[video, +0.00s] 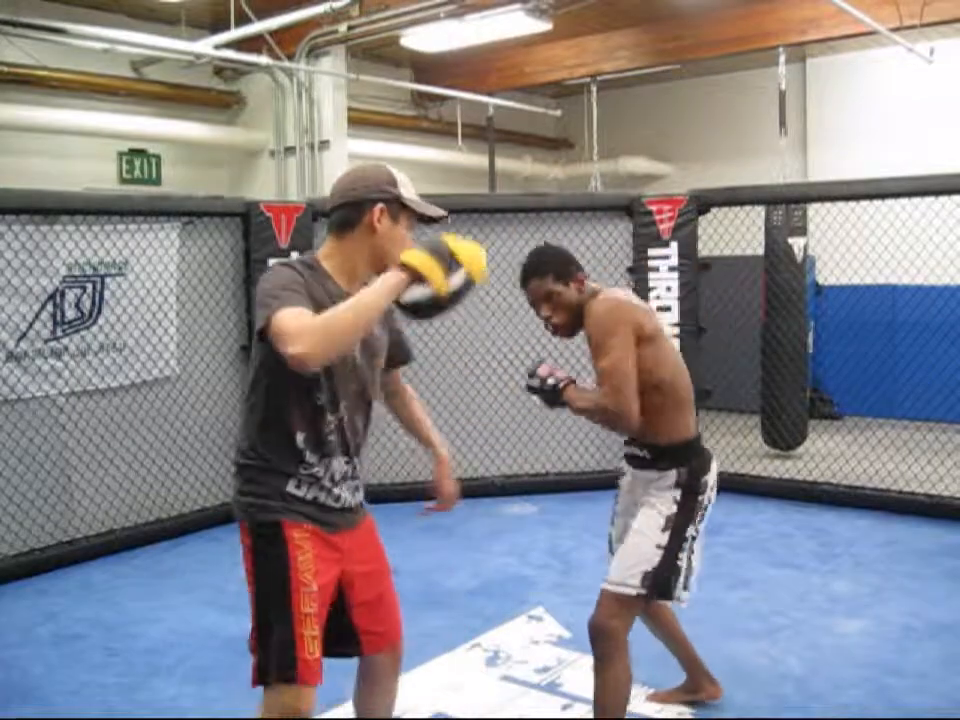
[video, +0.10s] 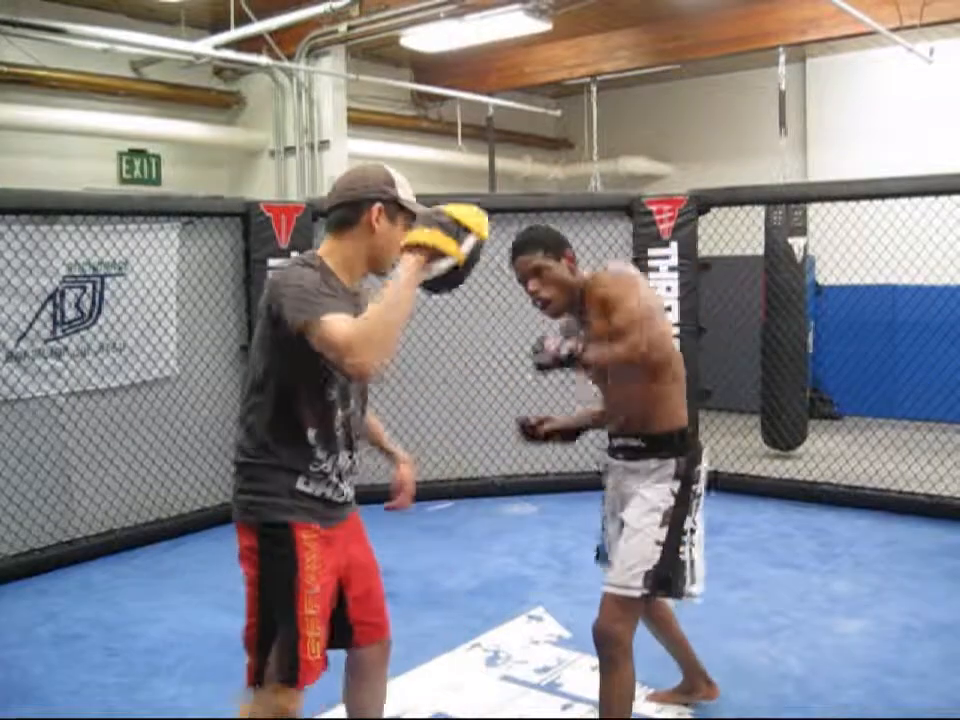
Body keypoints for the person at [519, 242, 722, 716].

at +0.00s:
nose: (544, 315)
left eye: (548, 301)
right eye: (536, 307)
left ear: (577, 282)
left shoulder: (609, 311)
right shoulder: (599, 310)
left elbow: (626, 416)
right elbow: (621, 400)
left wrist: (569, 396)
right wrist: (570, 389)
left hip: (676, 475)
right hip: (641, 469)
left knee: (607, 627)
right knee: (636, 588)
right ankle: (700, 680)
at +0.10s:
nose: (532, 291)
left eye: (537, 276)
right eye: (523, 282)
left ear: (569, 261)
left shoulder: (616, 283)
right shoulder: (579, 320)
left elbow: (649, 351)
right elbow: (626, 404)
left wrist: (575, 353)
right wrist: (569, 426)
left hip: (665, 465)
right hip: (623, 462)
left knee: (611, 634)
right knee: (638, 590)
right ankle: (697, 679)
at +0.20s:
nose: (532, 272)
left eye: (538, 256)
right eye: (523, 263)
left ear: (570, 243)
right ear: (521, 267)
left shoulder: (625, 259)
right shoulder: (548, 321)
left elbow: (694, 303)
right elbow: (570, 419)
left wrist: (599, 308)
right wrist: (517, 405)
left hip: (660, 455)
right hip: (614, 456)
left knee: (611, 634)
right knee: (639, 587)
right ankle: (694, 683)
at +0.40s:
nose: (520, 277)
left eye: (526, 263)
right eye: (514, 266)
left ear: (561, 245)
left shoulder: (628, 273)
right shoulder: (552, 302)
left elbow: (683, 350)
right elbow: (570, 398)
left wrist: (597, 326)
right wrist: (530, 376)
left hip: (645, 460)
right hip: (600, 456)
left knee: (591, 633)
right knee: (628, 600)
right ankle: (668, 702)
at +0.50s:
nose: (514, 294)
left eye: (520, 281)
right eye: (509, 282)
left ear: (558, 267)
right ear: (556, 267)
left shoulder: (623, 307)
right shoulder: (569, 309)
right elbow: (582, 399)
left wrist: (561, 354)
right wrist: (541, 365)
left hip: (633, 481)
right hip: (596, 470)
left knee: (568, 641)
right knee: (611, 601)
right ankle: (667, 703)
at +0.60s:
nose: (513, 286)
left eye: (523, 275)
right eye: (511, 274)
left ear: (562, 269)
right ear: (557, 269)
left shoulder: (615, 317)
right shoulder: (563, 312)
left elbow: (603, 424)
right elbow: (568, 396)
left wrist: (548, 362)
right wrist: (531, 352)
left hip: (625, 484)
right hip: (587, 474)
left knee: (558, 643)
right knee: (602, 605)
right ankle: (666, 703)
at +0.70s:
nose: (519, 276)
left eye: (529, 265)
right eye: (517, 264)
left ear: (570, 256)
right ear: (555, 257)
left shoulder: (629, 302)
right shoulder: (544, 290)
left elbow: (642, 408)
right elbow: (469, 335)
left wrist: (583, 352)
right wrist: (448, 314)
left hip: (620, 471)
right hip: (571, 463)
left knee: (575, 639)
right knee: (611, 596)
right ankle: (666, 702)